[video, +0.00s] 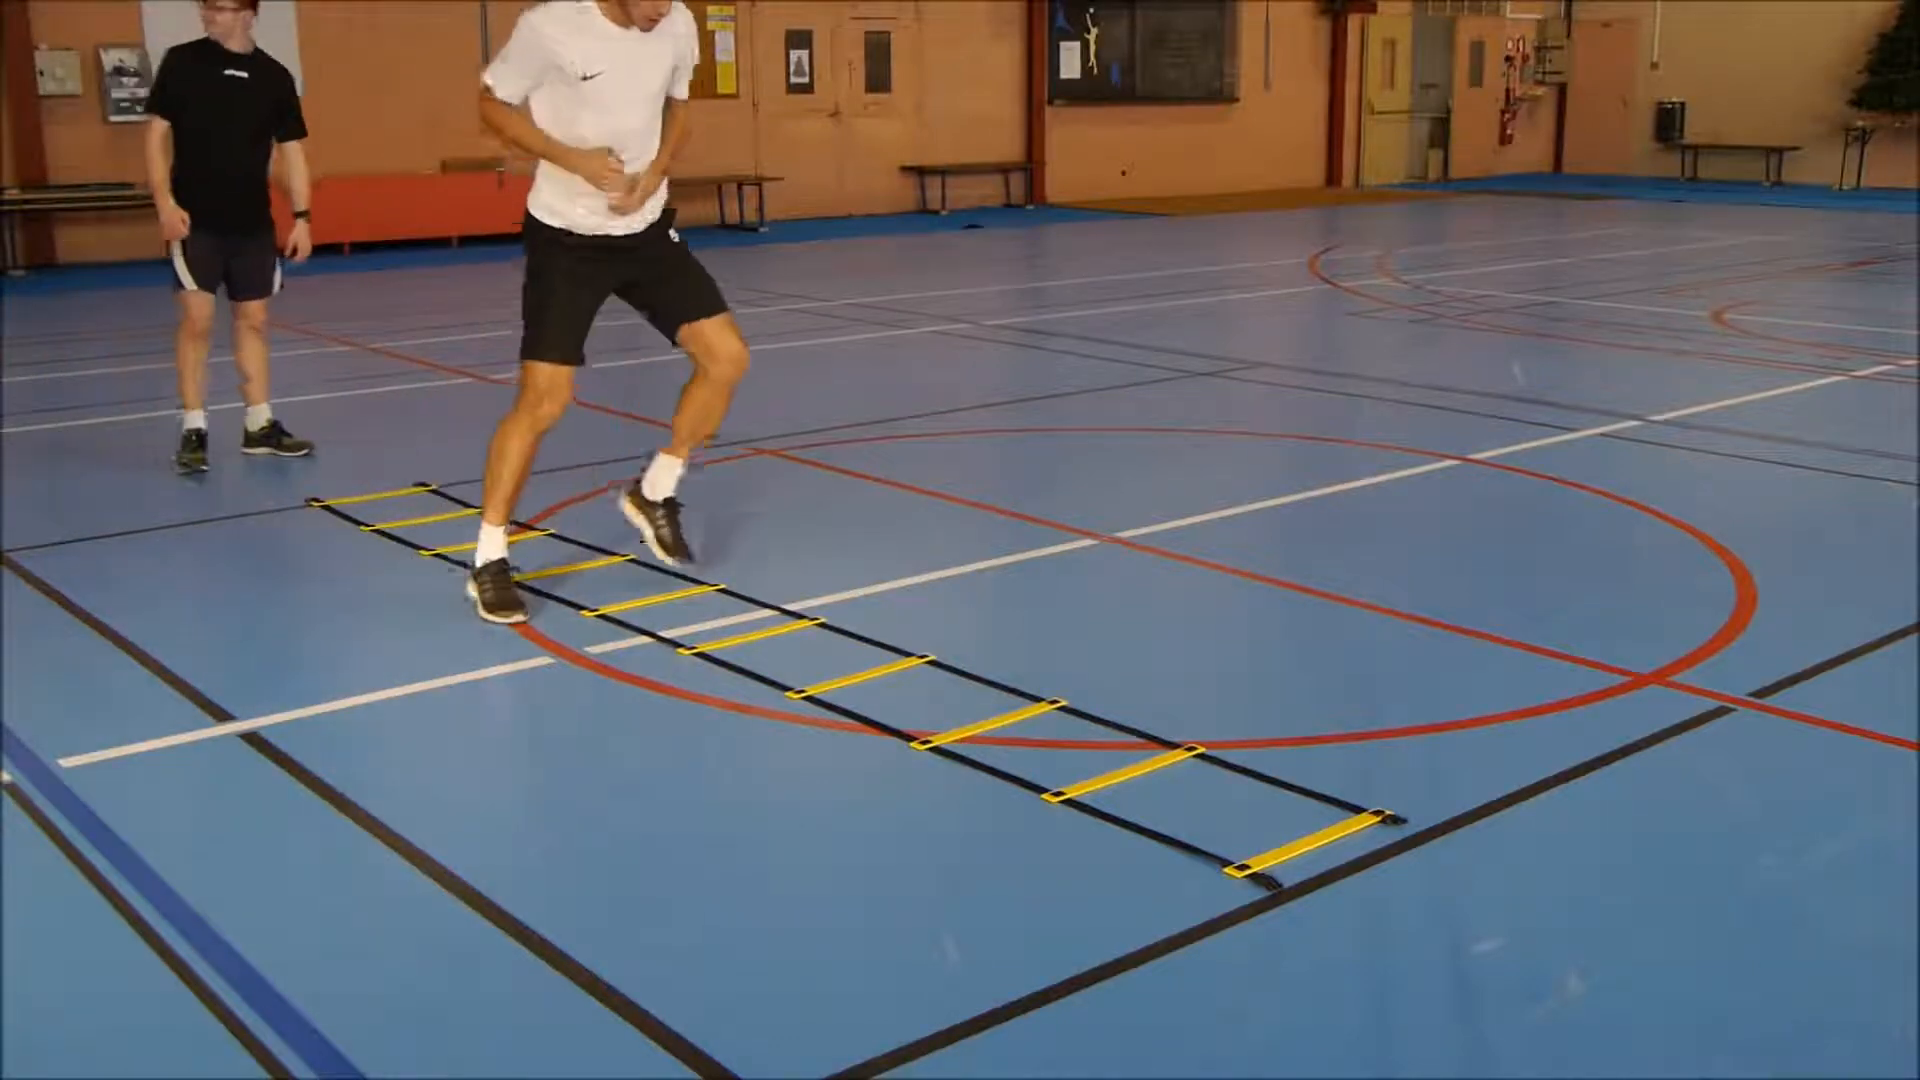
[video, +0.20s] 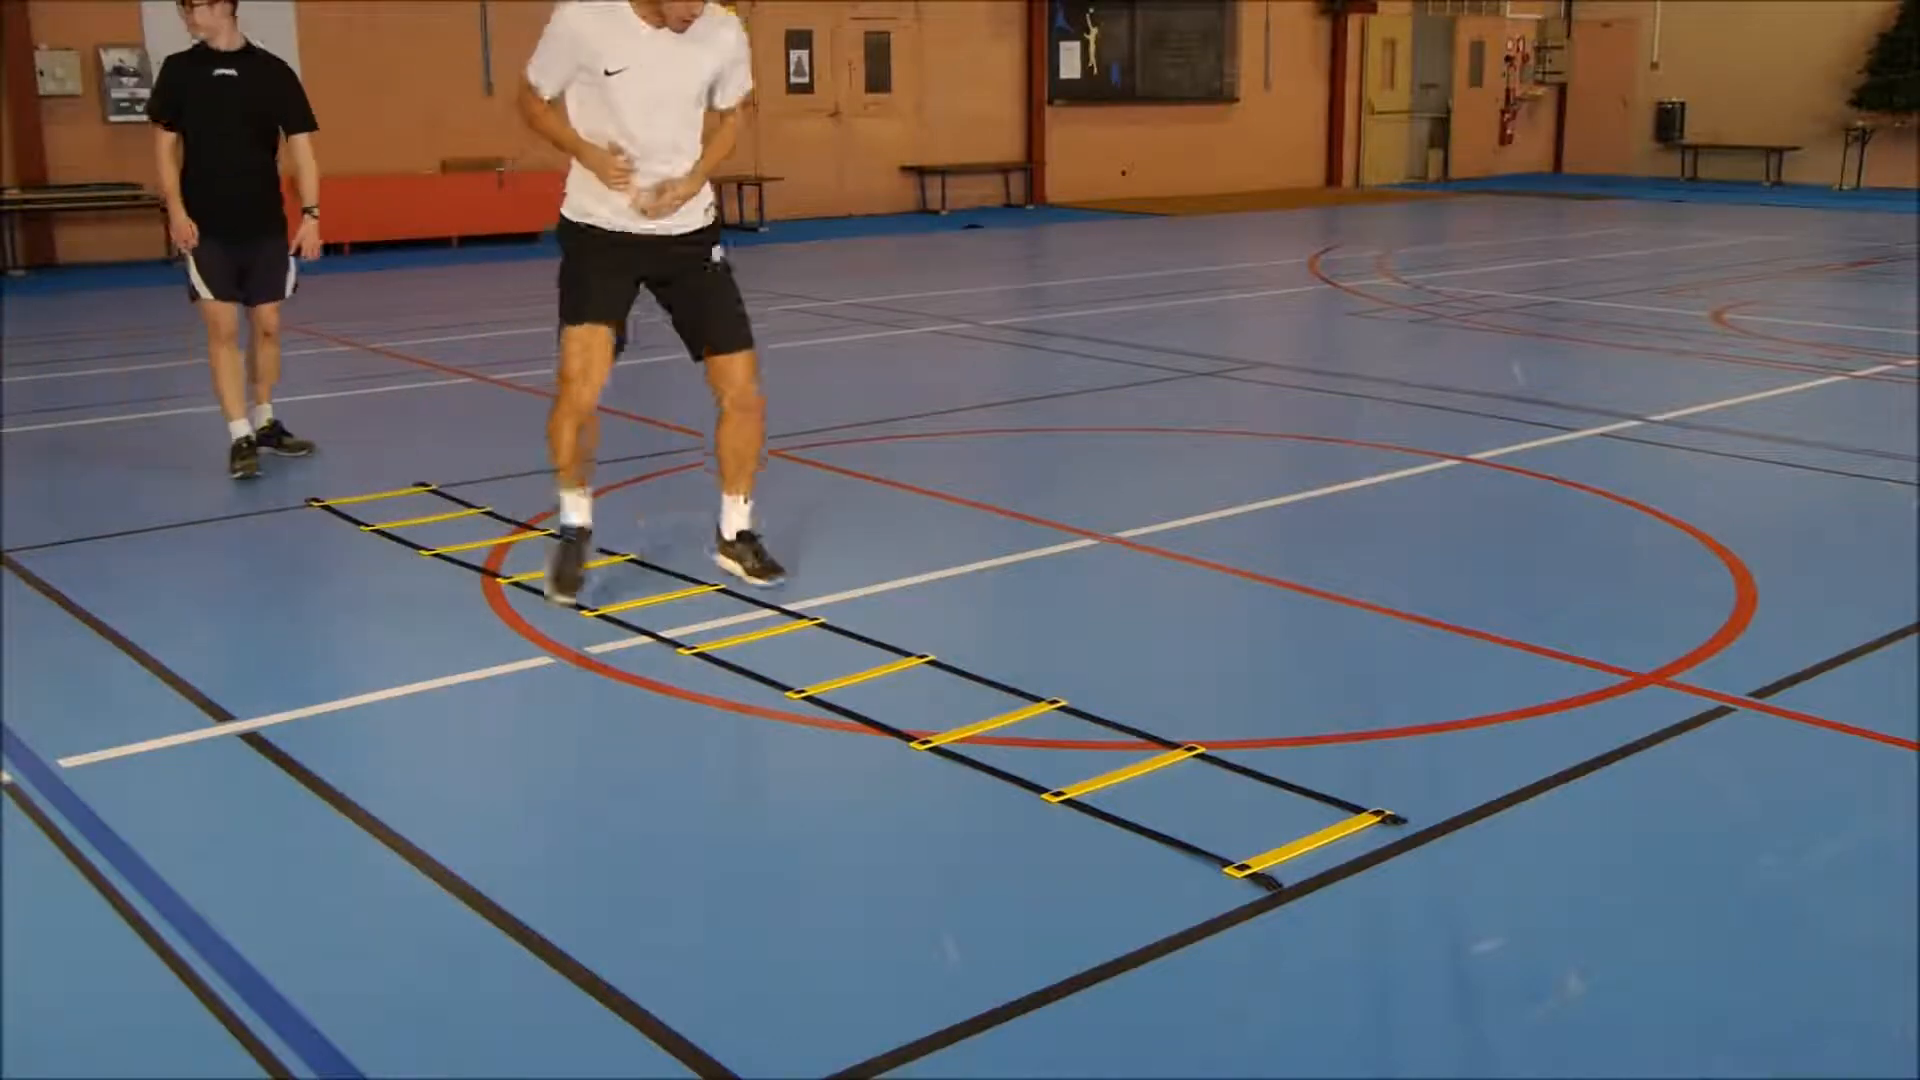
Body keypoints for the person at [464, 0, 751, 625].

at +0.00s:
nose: (658, 16)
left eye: (663, 9)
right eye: (650, 9)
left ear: (666, 1)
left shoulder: (677, 25)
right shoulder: (548, 26)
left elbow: (676, 106)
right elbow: (492, 107)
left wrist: (656, 170)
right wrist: (574, 158)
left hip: (647, 234)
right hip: (565, 240)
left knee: (726, 359)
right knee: (545, 400)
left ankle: (656, 491)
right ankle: (489, 557)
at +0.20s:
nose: (691, 18)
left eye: (698, 9)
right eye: (684, 9)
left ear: (705, 0)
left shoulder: (724, 33)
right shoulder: (580, 22)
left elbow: (730, 115)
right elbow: (531, 100)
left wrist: (693, 178)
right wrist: (586, 153)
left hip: (689, 233)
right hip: (599, 232)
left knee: (743, 392)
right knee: (580, 389)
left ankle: (737, 534)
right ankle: (573, 526)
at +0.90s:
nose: (804, 16)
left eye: (810, 8)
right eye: (794, 8)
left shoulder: (836, 37)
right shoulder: (681, 23)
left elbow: (840, 130)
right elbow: (637, 105)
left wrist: (797, 197)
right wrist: (689, 175)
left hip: (792, 250)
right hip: (696, 247)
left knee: (846, 404)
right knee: (675, 408)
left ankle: (835, 563)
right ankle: (676, 550)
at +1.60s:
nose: (937, 17)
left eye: (945, 8)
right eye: (928, 6)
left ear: (948, 5)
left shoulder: (953, 33)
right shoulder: (795, 23)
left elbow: (948, 125)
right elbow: (738, 112)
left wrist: (918, 201)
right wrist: (793, 194)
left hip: (904, 264)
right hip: (805, 263)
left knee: (955, 429)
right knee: (797, 431)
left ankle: (931, 588)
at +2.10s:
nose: (1035, 18)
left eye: (1040, 9)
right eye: (1027, 5)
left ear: (1034, 5)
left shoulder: (1024, 38)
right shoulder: (881, 30)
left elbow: (986, 132)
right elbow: (802, 149)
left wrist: (996, 213)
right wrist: (908, 231)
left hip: (967, 289)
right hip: (875, 295)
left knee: (1089, 424)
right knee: (851, 497)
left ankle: (992, 588)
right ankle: (778, 679)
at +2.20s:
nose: (1055, 5)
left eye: (1060, 0)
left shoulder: (1055, 28)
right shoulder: (901, 19)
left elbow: (1031, 123)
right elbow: (824, 123)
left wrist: (1024, 200)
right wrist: (919, 208)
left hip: (997, 278)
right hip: (898, 281)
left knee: (1098, 438)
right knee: (889, 475)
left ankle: (1039, 615)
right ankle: (811, 662)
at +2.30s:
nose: (1082, 5)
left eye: (1088, 0)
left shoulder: (1101, 36)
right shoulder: (927, 19)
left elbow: (1103, 144)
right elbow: (860, 108)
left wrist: (1068, 215)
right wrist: (922, 190)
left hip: (1042, 289)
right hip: (937, 284)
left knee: (1091, 482)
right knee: (938, 472)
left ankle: (1044, 636)